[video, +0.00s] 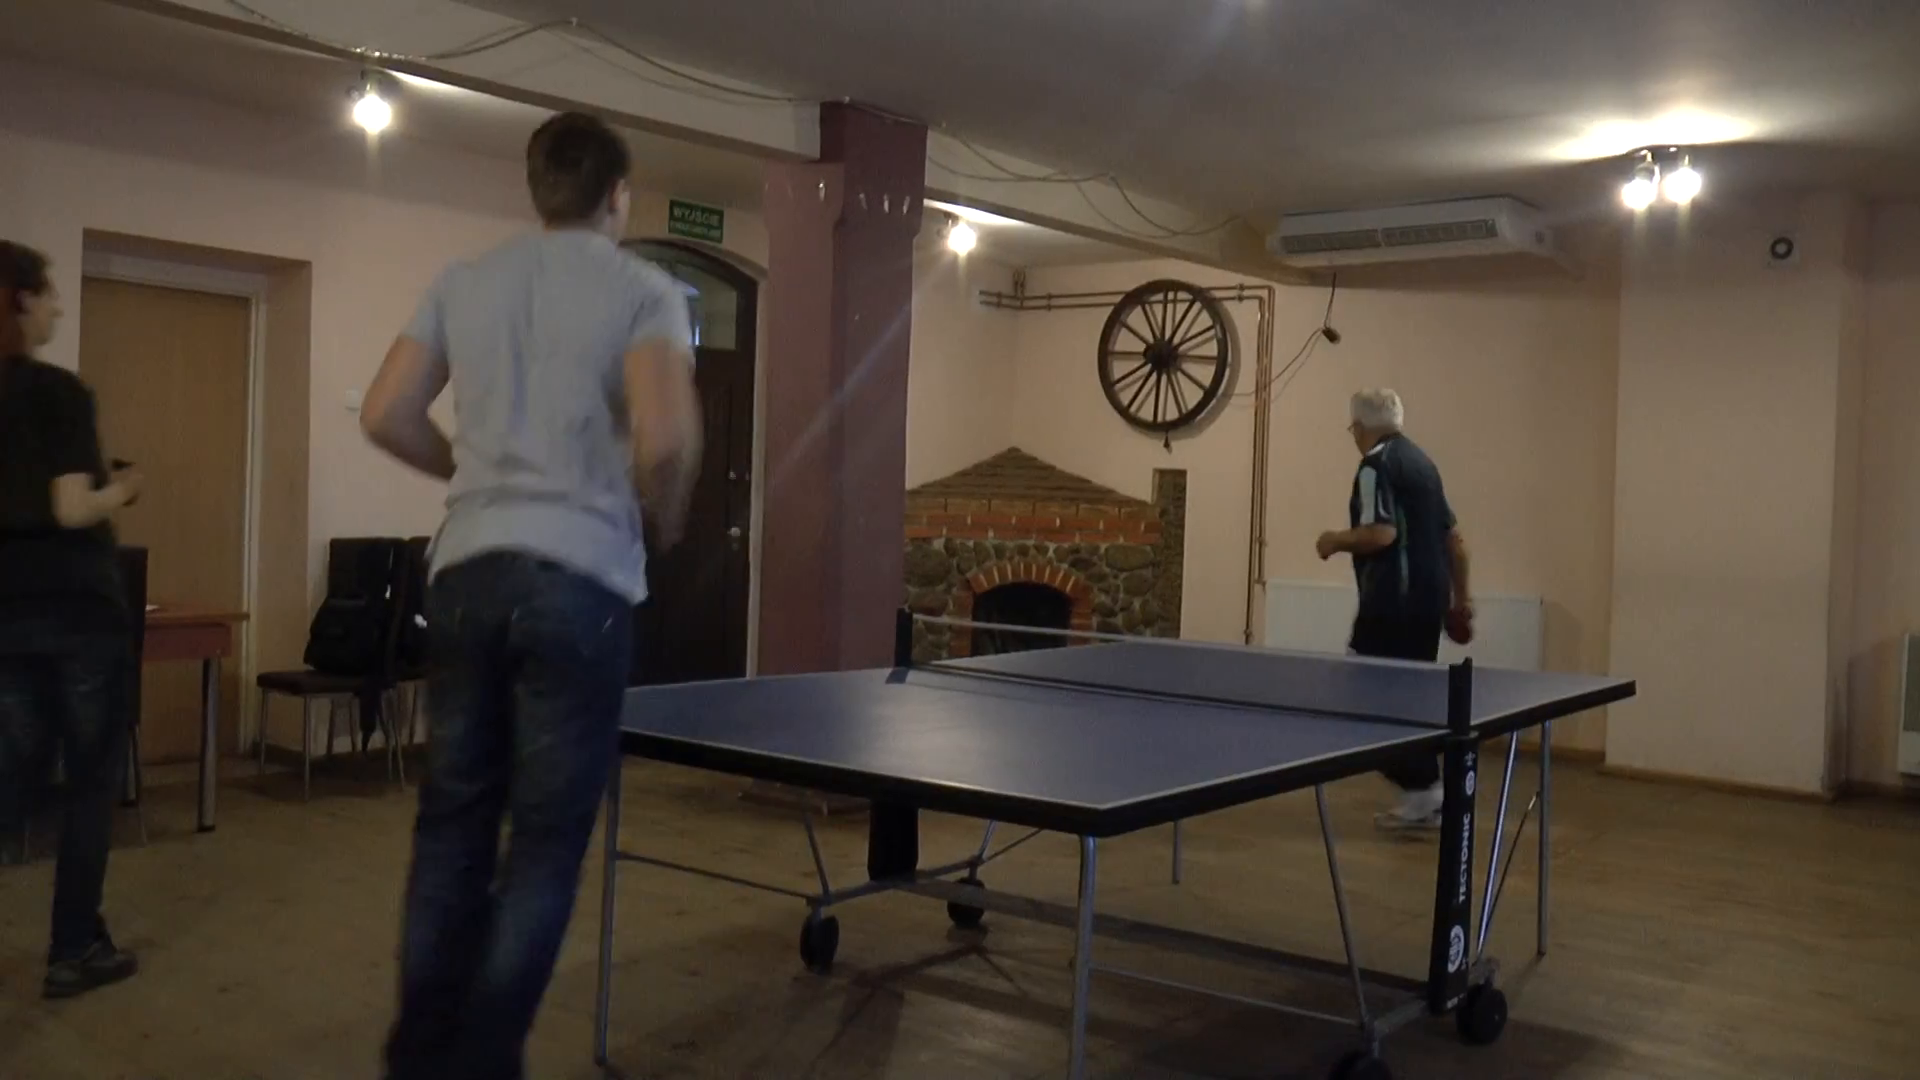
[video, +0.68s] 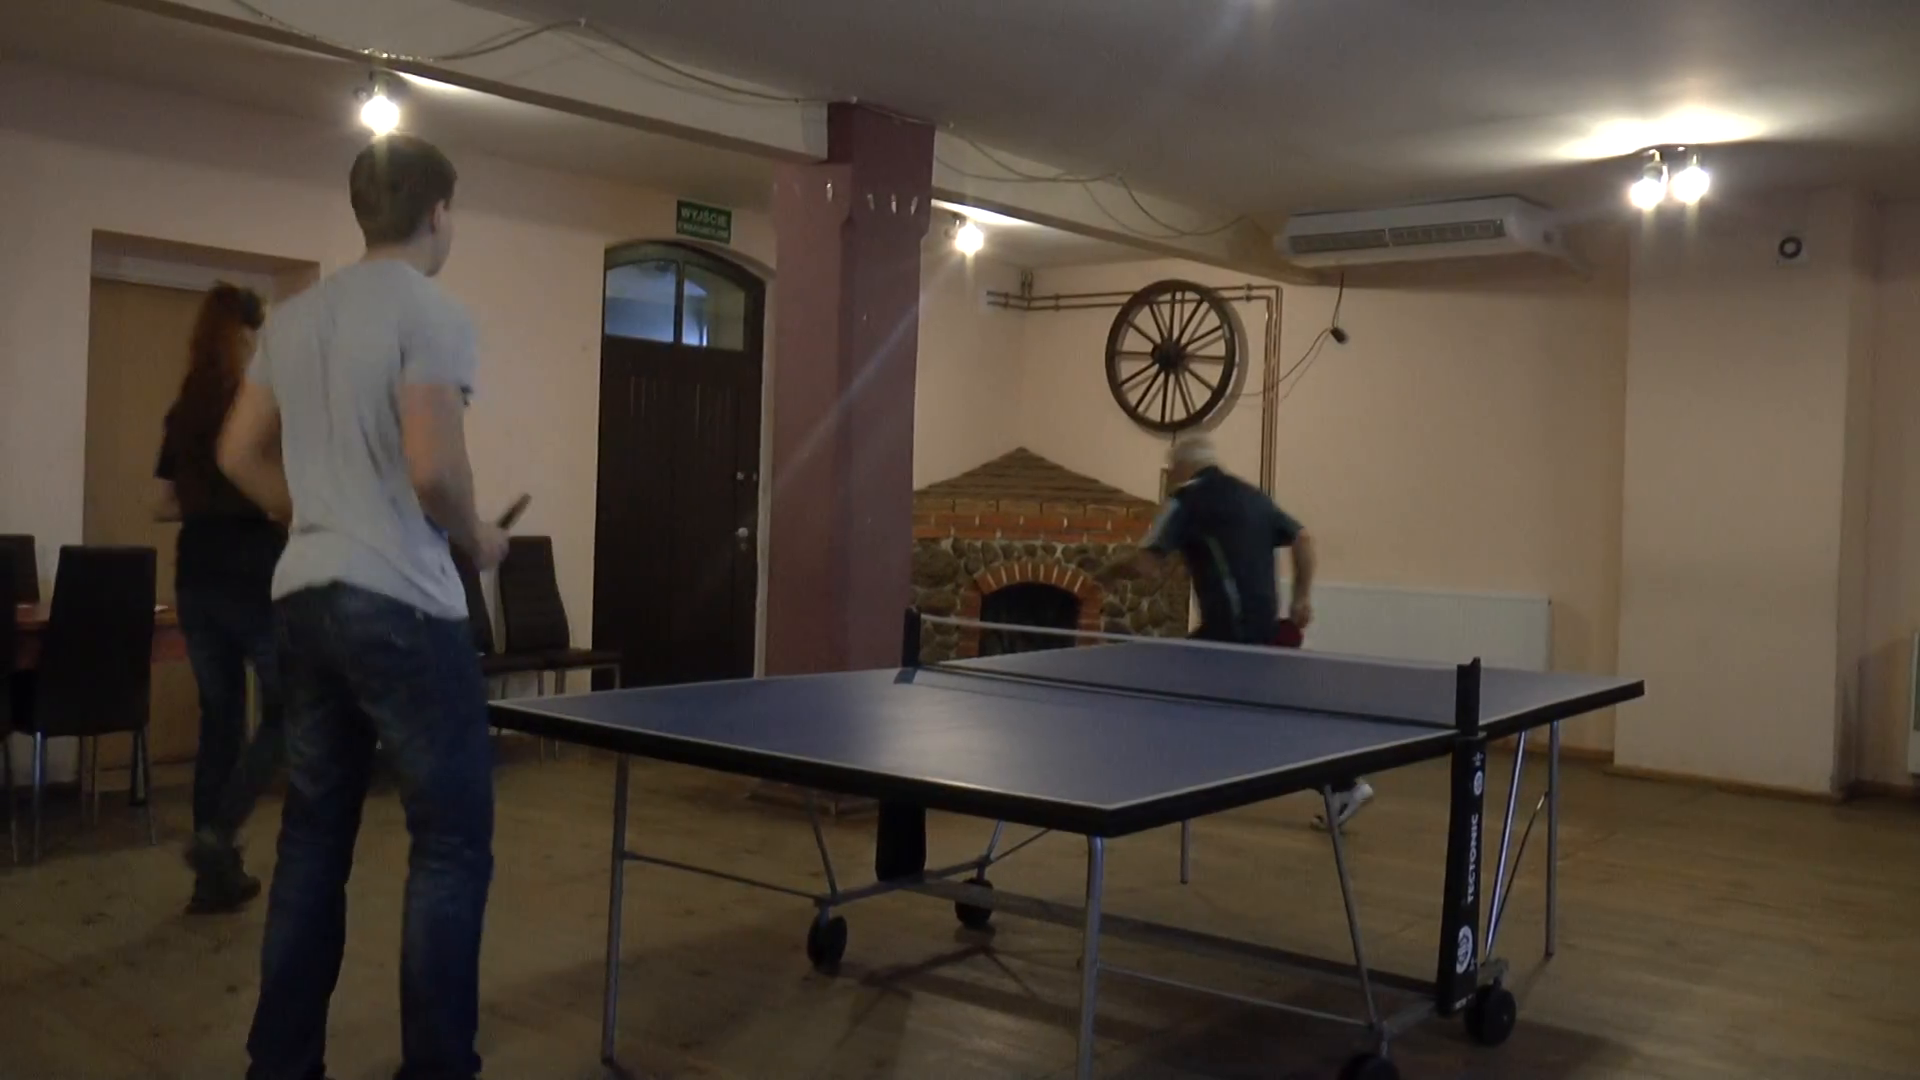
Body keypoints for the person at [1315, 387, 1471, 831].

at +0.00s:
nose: (1351, 431)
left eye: (1354, 425)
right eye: (1353, 425)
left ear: (1363, 427)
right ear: (1395, 424)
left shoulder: (1375, 466)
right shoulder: (1420, 462)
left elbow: (1381, 533)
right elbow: (1453, 540)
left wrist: (1336, 539)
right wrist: (1459, 602)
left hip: (1389, 608)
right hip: (1426, 607)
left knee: (1361, 701)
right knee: (1405, 698)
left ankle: (1419, 789)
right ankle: (1429, 794)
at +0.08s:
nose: (1339, 433)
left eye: (1341, 426)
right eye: (1341, 426)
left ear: (1348, 427)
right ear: (1383, 424)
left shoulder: (1364, 464)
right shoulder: (1406, 460)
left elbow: (1370, 530)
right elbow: (1436, 536)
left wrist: (1325, 540)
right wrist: (1435, 604)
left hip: (1372, 610)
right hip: (1412, 609)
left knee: (1343, 695)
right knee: (1406, 704)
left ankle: (1369, 790)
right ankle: (1423, 803)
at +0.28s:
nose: (1299, 431)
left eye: (1299, 425)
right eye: (1300, 425)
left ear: (1308, 425)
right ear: (1340, 421)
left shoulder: (1322, 459)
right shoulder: (1367, 457)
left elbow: (1327, 521)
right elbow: (1389, 533)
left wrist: (1282, 541)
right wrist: (1380, 587)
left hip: (1332, 605)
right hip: (1372, 604)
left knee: (1320, 697)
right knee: (1375, 696)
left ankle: (1345, 790)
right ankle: (1416, 790)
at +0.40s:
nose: (1269, 440)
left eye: (1270, 433)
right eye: (1270, 433)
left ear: (1277, 432)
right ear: (1310, 429)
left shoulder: (1288, 470)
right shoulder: (1337, 466)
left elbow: (1277, 535)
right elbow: (1365, 540)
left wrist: (1234, 552)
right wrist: (1356, 592)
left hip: (1308, 608)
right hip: (1344, 606)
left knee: (1304, 705)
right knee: (1318, 699)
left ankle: (1355, 799)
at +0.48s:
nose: (1246, 454)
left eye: (1248, 446)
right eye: (1247, 446)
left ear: (1257, 445)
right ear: (1286, 441)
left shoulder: (1266, 481)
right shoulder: (1314, 476)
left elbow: (1236, 548)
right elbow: (1352, 549)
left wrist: (1199, 560)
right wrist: (1339, 602)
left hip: (1292, 619)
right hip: (1326, 615)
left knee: (1302, 709)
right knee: (1294, 703)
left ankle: (1355, 798)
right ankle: (1299, 781)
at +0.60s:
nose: (1206, 472)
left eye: (1206, 465)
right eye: (1206, 465)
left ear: (1213, 461)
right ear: (1244, 455)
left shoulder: (1221, 493)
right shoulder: (1278, 488)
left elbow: (1183, 557)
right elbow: (1328, 546)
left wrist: (1151, 561)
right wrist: (1319, 601)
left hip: (1254, 629)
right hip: (1295, 627)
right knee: (1299, 713)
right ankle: (1346, 792)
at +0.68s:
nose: (1171, 477)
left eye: (1173, 469)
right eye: (1172, 470)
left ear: (1182, 466)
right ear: (1211, 463)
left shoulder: (1189, 500)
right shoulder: (1250, 495)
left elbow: (1149, 561)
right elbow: (1301, 538)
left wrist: (1105, 570)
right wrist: (1302, 601)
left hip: (1224, 633)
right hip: (1266, 630)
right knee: (1281, 711)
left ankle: (1342, 786)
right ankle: (1340, 786)